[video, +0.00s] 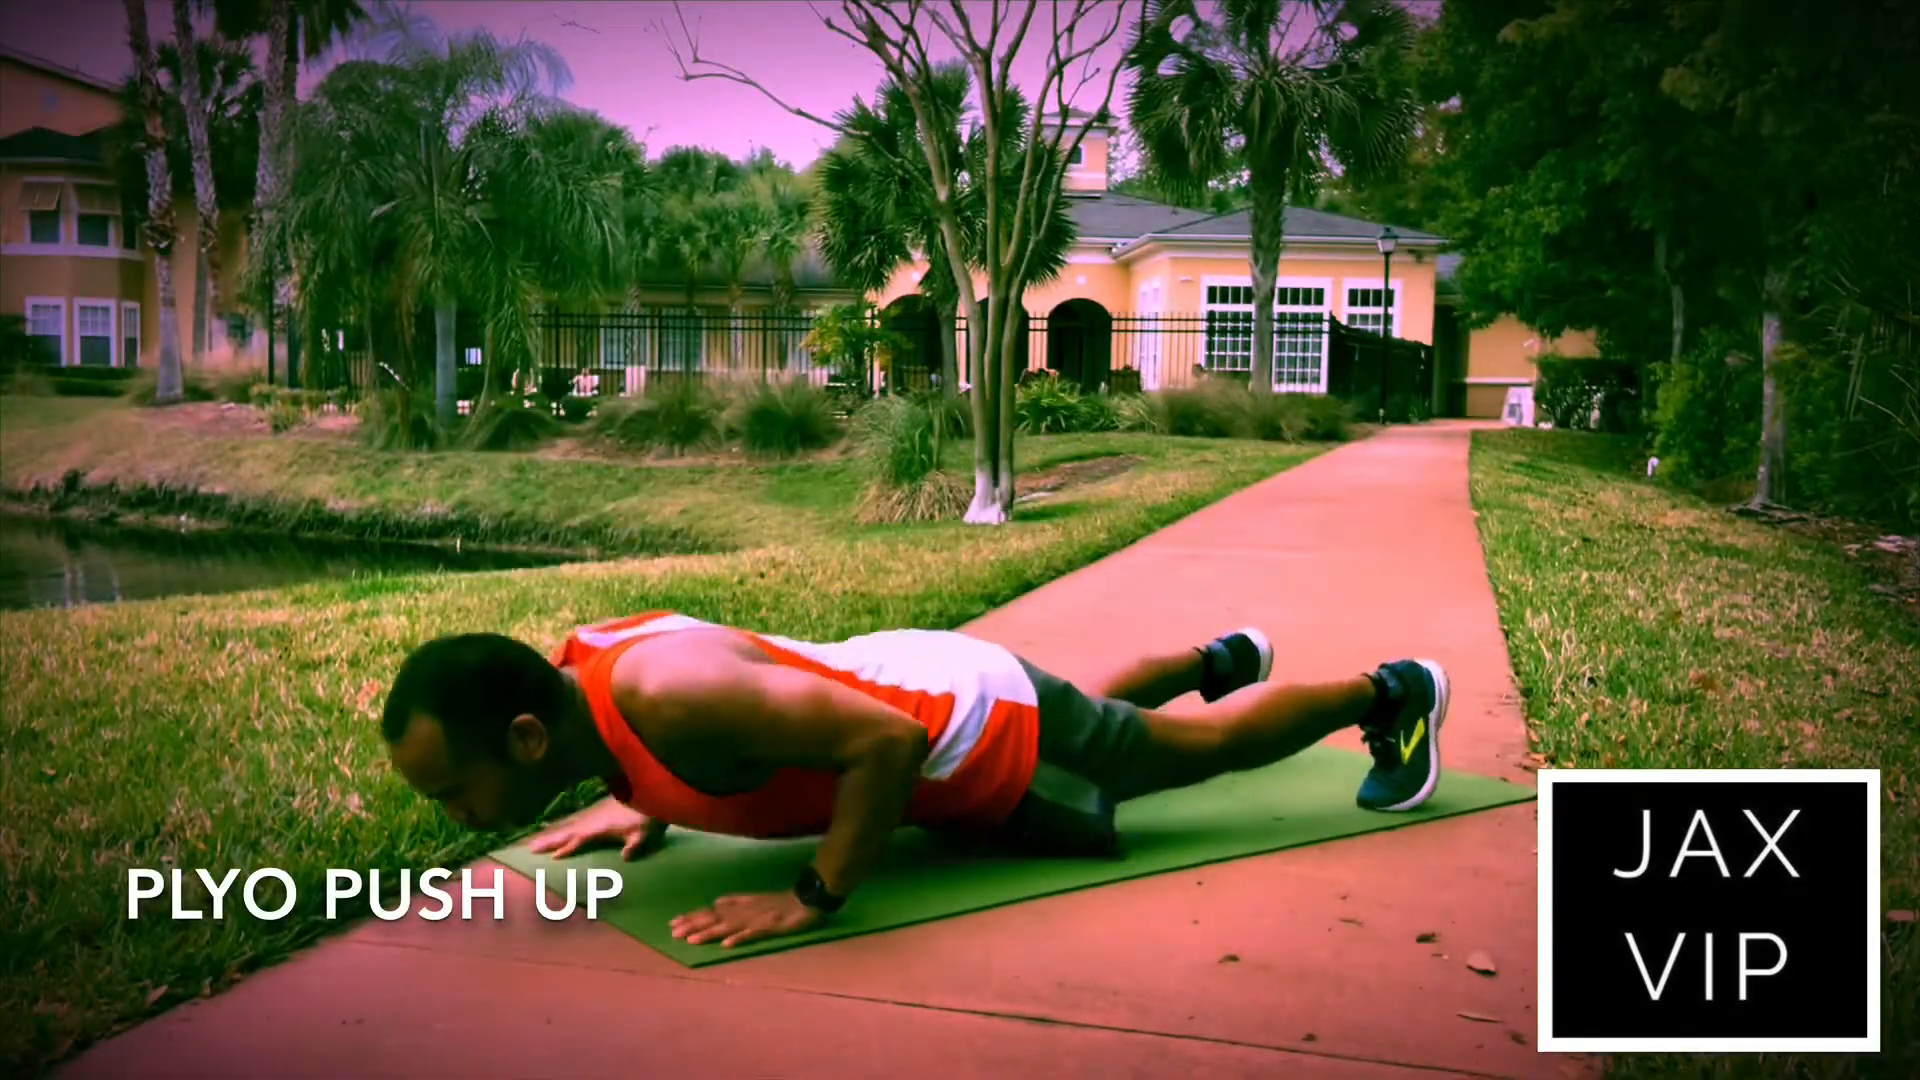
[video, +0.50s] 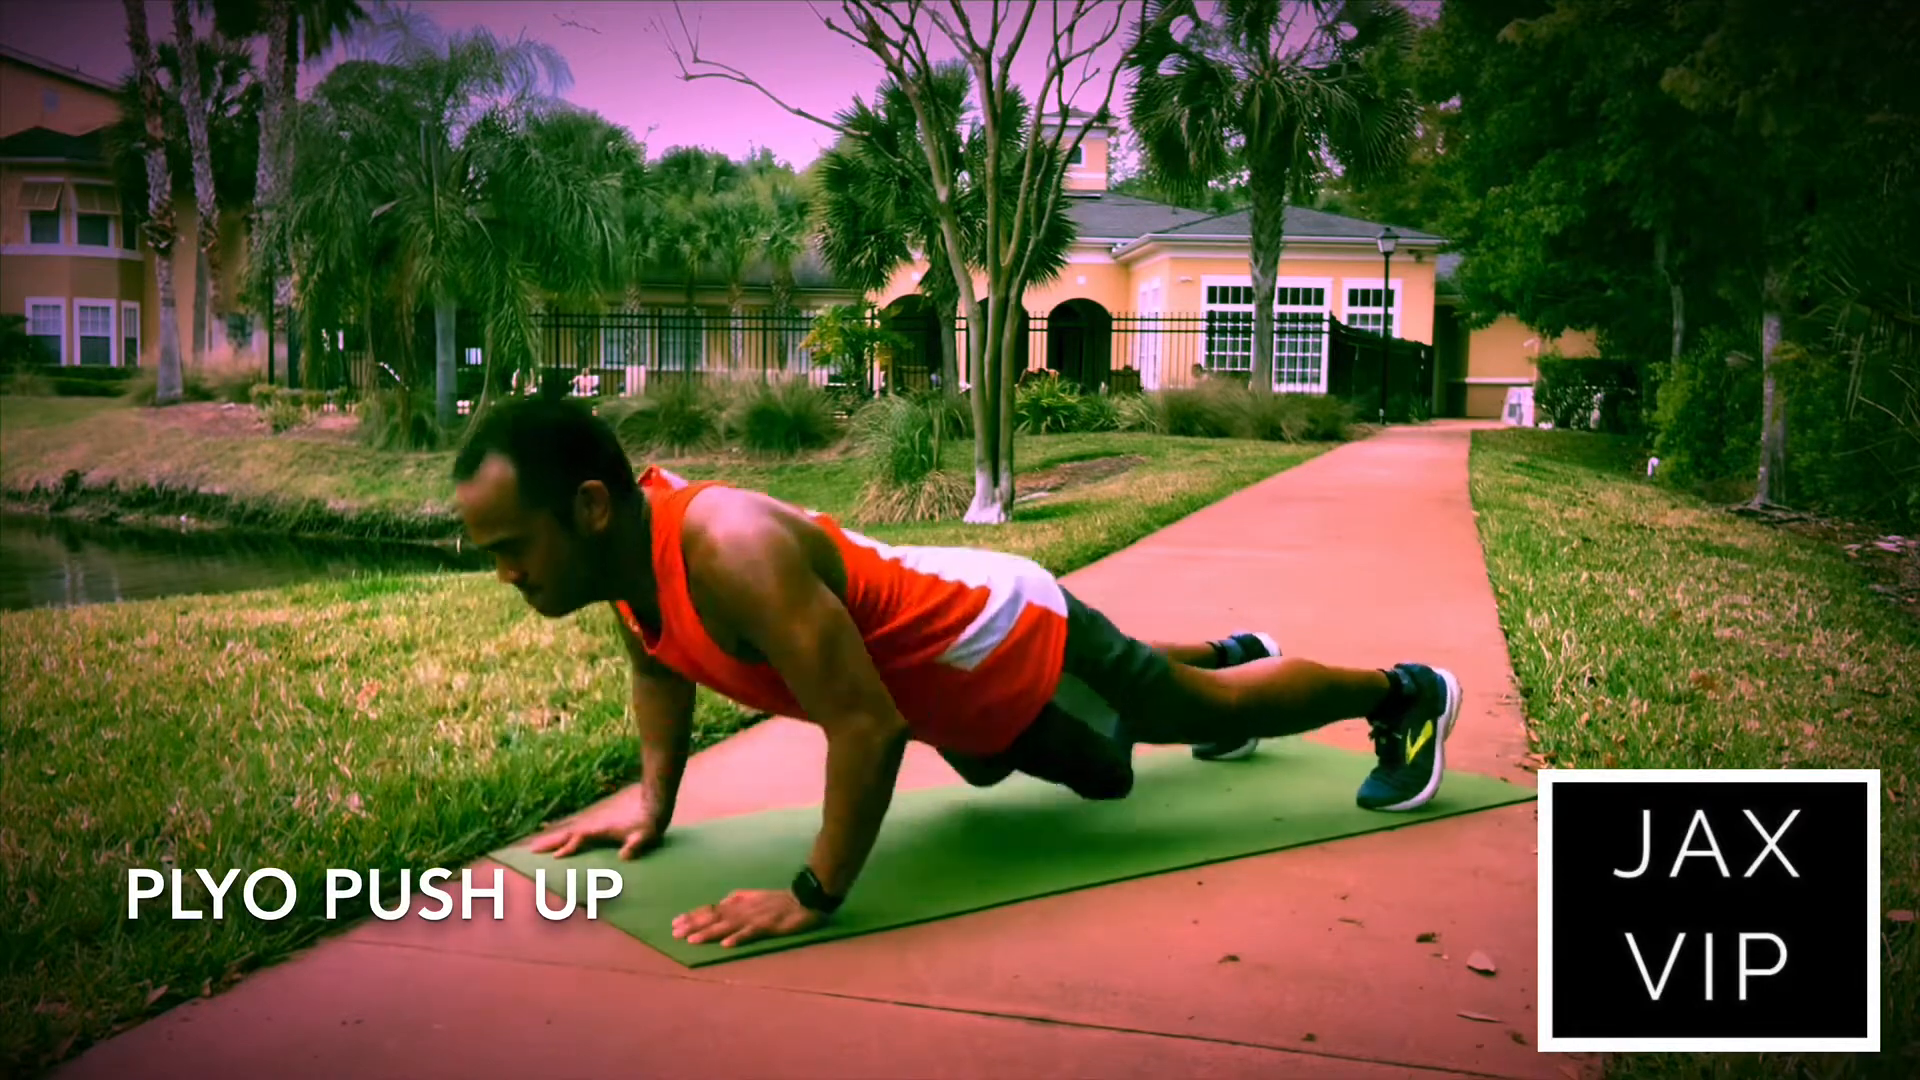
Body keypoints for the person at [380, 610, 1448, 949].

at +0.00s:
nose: (450, 817)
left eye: (453, 795)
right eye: (435, 799)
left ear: (525, 736)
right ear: (515, 728)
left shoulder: (686, 702)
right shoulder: (575, 669)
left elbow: (887, 740)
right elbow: (677, 700)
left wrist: (818, 898)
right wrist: (649, 807)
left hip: (997, 730)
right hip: (916, 682)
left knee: (1196, 740)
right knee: (1059, 695)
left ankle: (1390, 691)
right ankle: (1210, 660)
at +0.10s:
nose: (452, 856)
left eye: (452, 835)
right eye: (434, 840)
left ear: (519, 775)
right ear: (502, 755)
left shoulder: (666, 740)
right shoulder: (563, 701)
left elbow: (878, 743)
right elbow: (662, 673)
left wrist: (811, 896)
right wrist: (623, 816)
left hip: (992, 751)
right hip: (913, 696)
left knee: (1197, 752)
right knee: (1058, 712)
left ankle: (1384, 693)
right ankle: (1209, 663)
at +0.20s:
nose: (440, 844)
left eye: (443, 820)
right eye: (424, 824)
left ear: (518, 765)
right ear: (508, 750)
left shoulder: (660, 733)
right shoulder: (567, 698)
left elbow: (872, 745)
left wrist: (810, 897)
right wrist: (616, 819)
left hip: (992, 749)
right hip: (918, 700)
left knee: (1194, 753)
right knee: (1068, 716)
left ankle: (1383, 693)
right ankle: (1208, 662)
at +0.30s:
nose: (433, 763)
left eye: (441, 737)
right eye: (420, 741)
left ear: (525, 697)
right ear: (509, 690)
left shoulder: (684, 689)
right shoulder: (577, 653)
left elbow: (880, 745)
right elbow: (678, 706)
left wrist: (820, 899)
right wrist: (653, 805)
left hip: (1000, 732)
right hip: (926, 696)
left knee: (1194, 741)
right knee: (1075, 698)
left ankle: (1387, 696)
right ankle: (1207, 656)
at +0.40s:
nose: (465, 664)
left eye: (472, 636)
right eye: (450, 642)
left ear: (559, 594)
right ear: (545, 597)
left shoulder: (707, 623)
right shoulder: (607, 605)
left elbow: (876, 741)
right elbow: (663, 692)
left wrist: (821, 898)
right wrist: (650, 802)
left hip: (1005, 695)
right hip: (938, 679)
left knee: (1202, 730)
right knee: (1092, 693)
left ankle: (1393, 695)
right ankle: (1213, 656)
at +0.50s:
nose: (498, 575)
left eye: (504, 546)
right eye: (485, 554)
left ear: (592, 504)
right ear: (573, 514)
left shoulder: (734, 547)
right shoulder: (628, 564)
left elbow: (865, 725)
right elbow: (661, 669)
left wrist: (814, 897)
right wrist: (653, 800)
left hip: (1025, 639)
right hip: (954, 671)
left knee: (1211, 710)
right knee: (1106, 710)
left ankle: (1403, 692)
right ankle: (1229, 661)